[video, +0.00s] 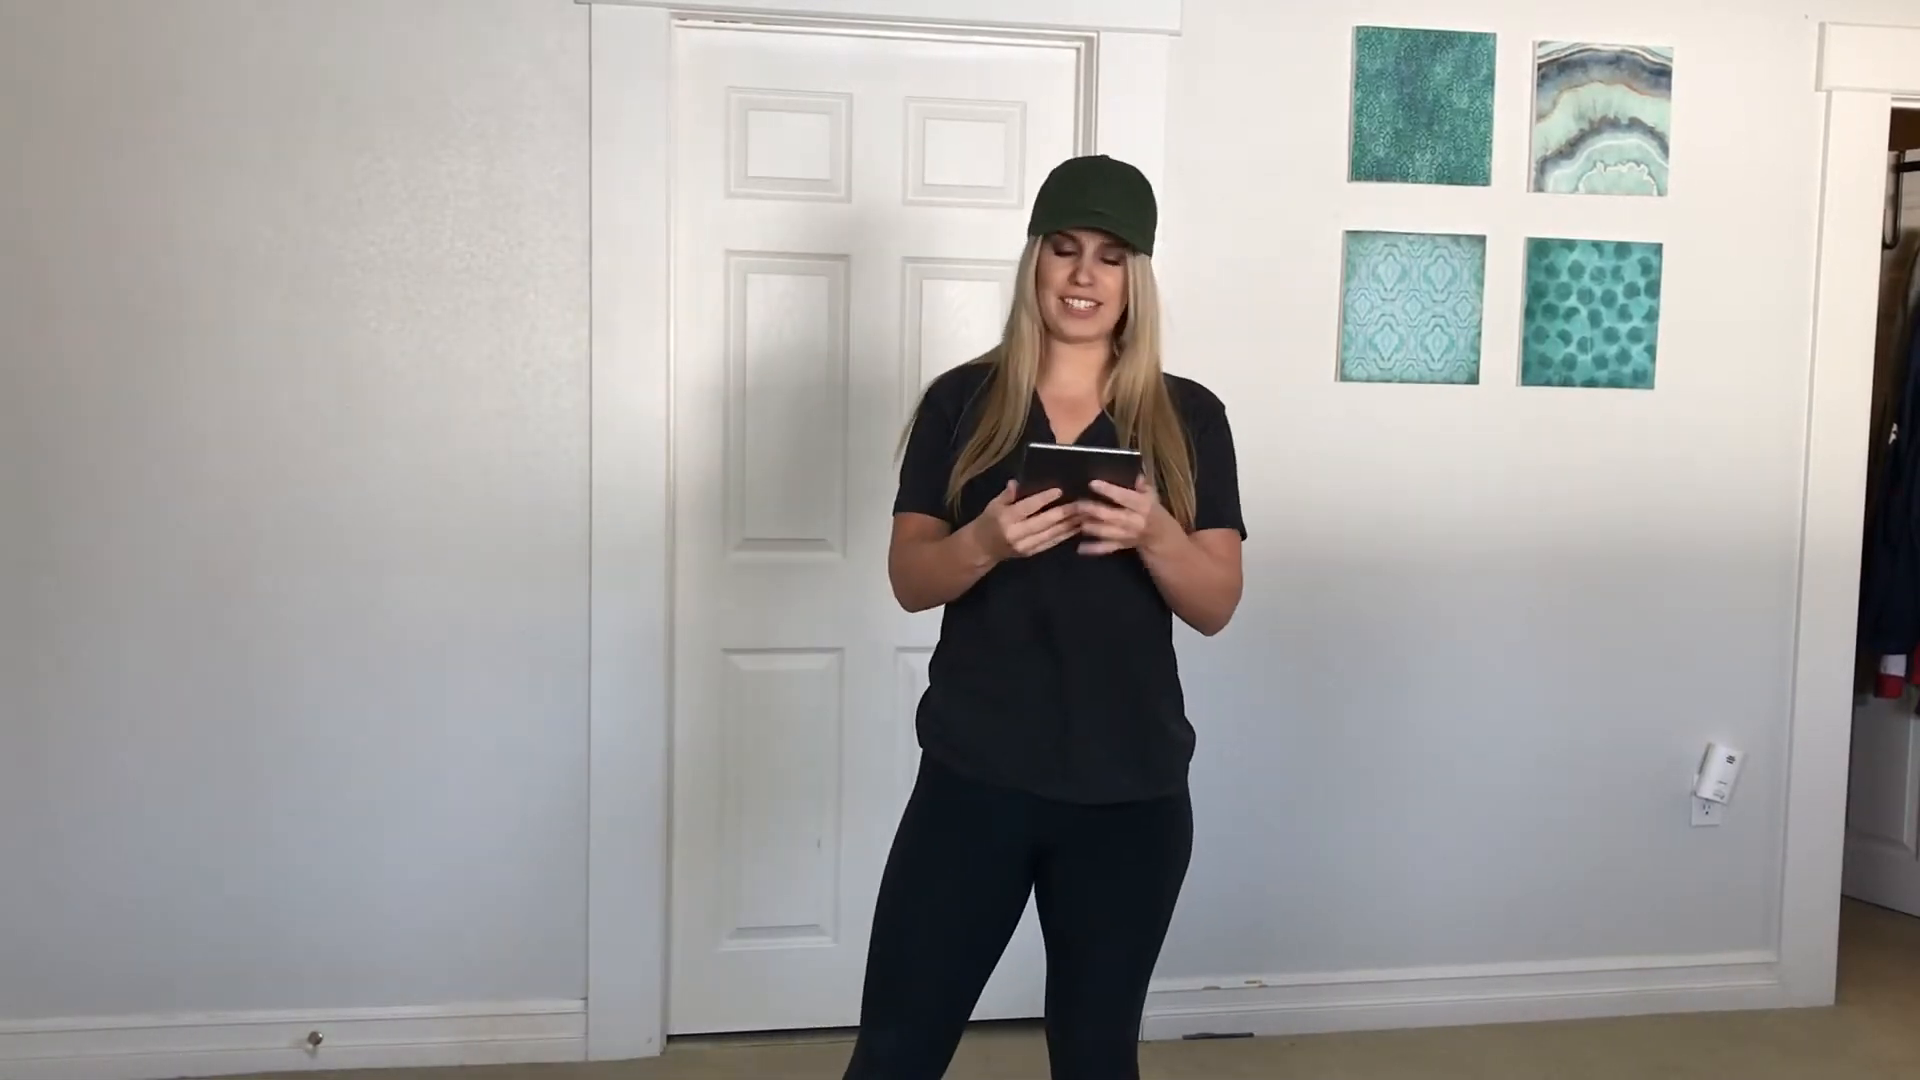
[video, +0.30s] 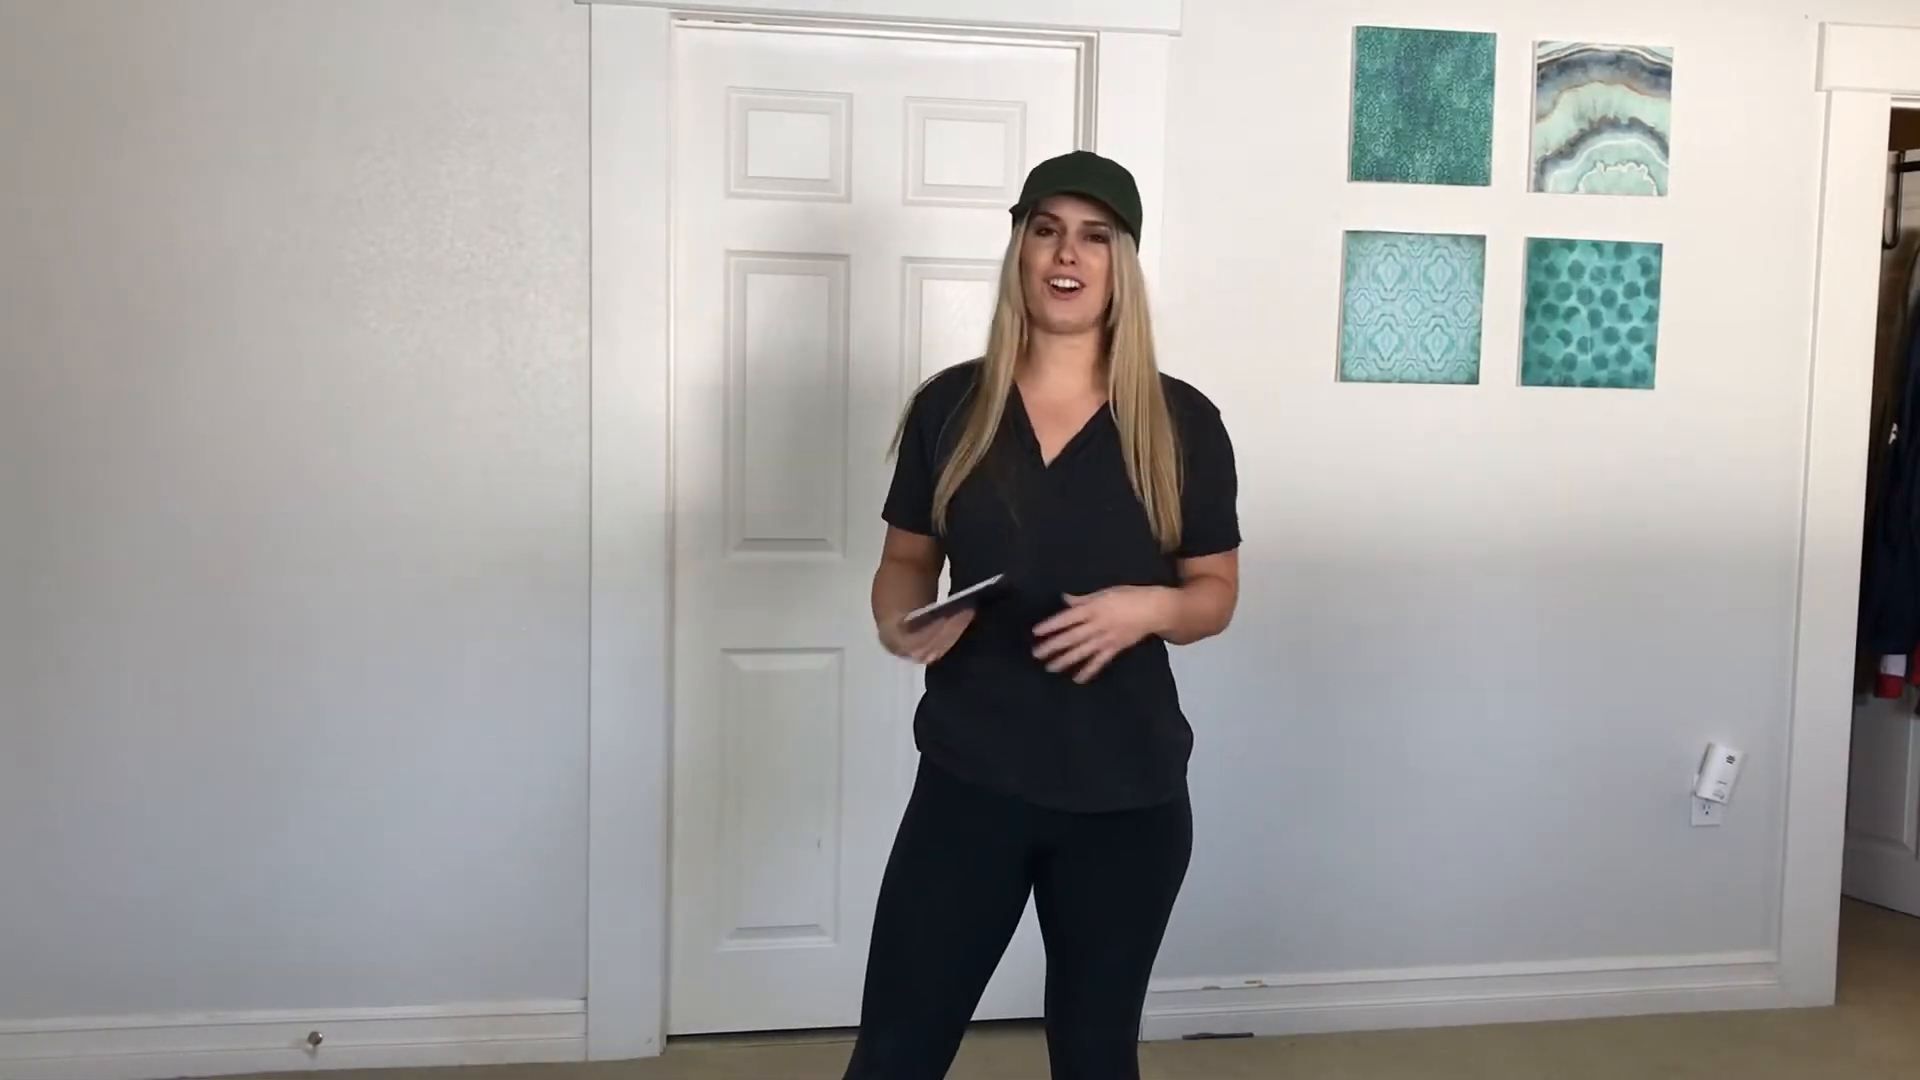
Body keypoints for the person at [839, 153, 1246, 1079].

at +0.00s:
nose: (1082, 275)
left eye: (1108, 257)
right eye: (1064, 250)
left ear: (1136, 277)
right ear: (1032, 263)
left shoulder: (1187, 416)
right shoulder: (959, 402)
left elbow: (1216, 604)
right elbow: (910, 579)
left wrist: (1158, 534)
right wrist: (984, 542)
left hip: (1128, 790)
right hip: (972, 780)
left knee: (1096, 1053)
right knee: (896, 1052)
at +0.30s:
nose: (1065, 254)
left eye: (1092, 237)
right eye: (1046, 232)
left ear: (1124, 264)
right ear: (1017, 252)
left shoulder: (1181, 420)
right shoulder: (950, 406)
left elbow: (1215, 596)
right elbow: (908, 559)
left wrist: (1146, 609)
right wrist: (902, 627)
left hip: (1125, 798)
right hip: (969, 788)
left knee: (1096, 1058)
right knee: (895, 1055)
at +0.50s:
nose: (1054, 249)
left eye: (1082, 233)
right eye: (1035, 226)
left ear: (1111, 264)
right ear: (1003, 246)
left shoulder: (1165, 413)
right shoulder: (937, 404)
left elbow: (1205, 600)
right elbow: (899, 559)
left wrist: (1259, 560)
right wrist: (855, 653)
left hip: (1116, 786)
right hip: (963, 780)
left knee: (1090, 1051)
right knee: (890, 1051)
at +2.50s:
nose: (1011, 273)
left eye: (1039, 255)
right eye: (993, 245)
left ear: (1069, 280)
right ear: (959, 259)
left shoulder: (1119, 409)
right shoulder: (892, 412)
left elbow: (1158, 567)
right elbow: (856, 569)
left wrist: (1186, 599)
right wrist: (829, 664)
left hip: (1095, 792)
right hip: (941, 787)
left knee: (1079, 1055)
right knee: (876, 1058)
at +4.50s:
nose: (1015, 272)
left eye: (1044, 256)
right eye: (998, 246)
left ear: (1076, 281)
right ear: (967, 261)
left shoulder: (1132, 411)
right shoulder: (907, 408)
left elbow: (1178, 598)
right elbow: (875, 562)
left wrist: (1229, 559)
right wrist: (840, 658)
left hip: (1096, 792)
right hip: (943, 786)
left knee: (1078, 1055)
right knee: (875, 1056)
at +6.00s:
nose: (1023, 258)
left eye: (1052, 248)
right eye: (1008, 230)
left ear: (1072, 283)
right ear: (970, 247)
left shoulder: (1116, 402)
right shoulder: (888, 414)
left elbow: (1191, 562)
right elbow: (853, 573)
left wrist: (1144, 565)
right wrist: (828, 666)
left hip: (1100, 792)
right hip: (945, 791)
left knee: (1081, 1055)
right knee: (878, 1056)